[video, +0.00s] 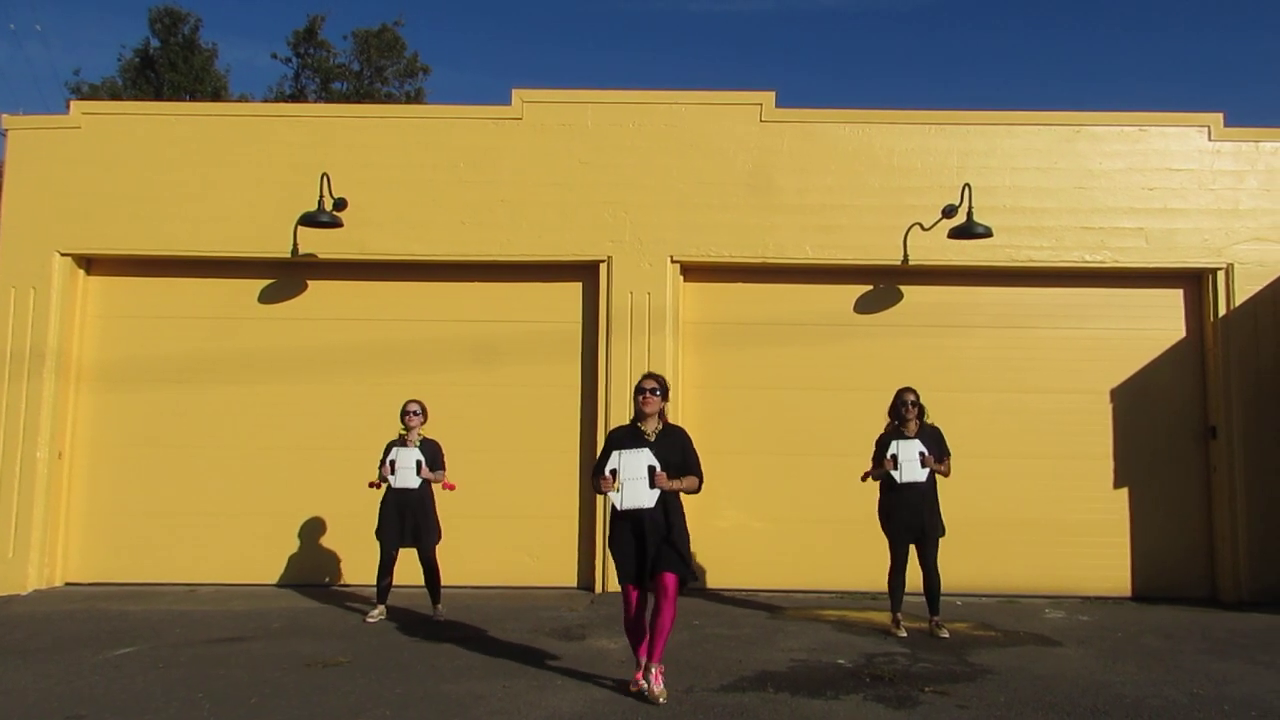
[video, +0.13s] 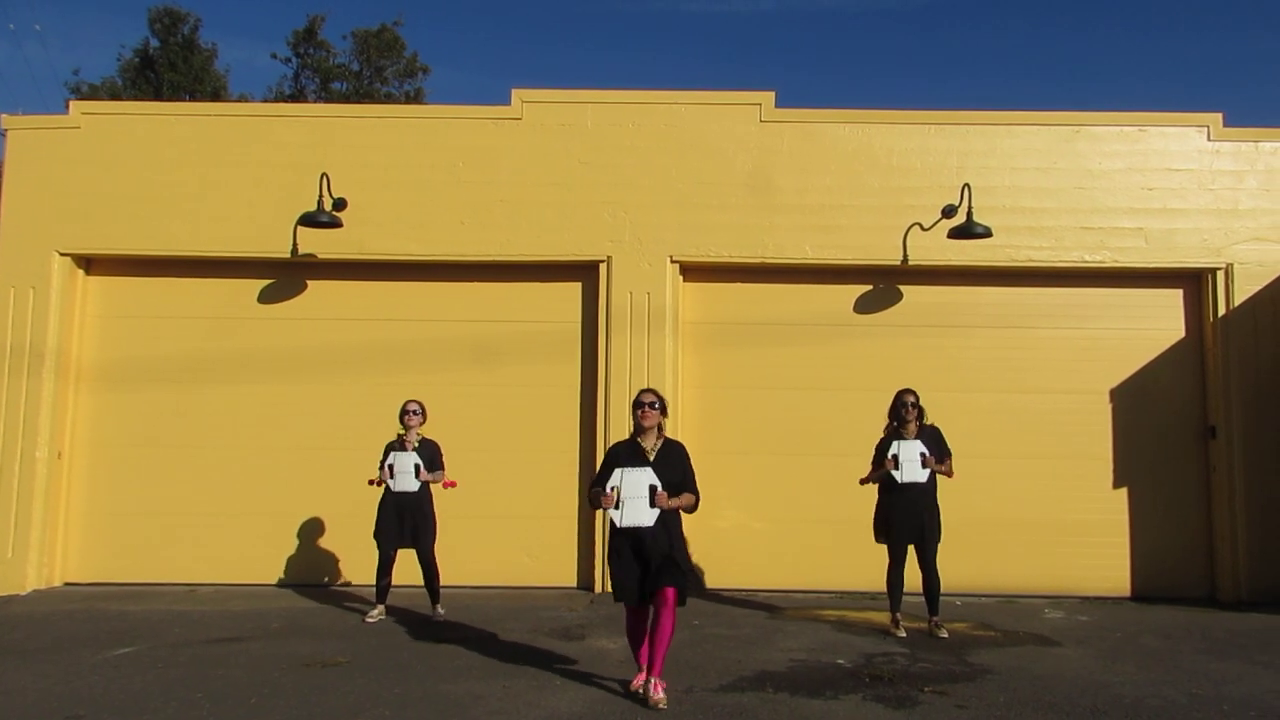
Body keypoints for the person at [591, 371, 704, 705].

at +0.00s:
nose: (647, 397)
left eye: (654, 392)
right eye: (642, 392)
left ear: (664, 399)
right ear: (634, 398)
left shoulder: (677, 436)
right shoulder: (618, 436)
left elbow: (695, 481)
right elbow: (598, 474)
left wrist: (672, 483)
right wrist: (602, 483)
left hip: (667, 528)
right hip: (628, 530)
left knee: (667, 591)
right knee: (633, 603)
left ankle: (655, 668)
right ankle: (641, 666)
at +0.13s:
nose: (646, 410)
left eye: (652, 406)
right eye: (641, 406)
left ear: (663, 413)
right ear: (633, 412)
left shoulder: (676, 451)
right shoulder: (618, 451)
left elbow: (692, 498)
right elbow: (594, 491)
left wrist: (672, 501)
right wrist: (601, 499)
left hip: (666, 543)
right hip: (628, 545)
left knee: (666, 601)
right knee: (635, 608)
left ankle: (656, 677)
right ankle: (642, 669)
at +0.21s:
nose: (645, 403)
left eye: (652, 399)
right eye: (640, 399)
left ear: (662, 406)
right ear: (633, 406)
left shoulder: (676, 444)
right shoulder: (617, 445)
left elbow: (693, 489)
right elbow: (594, 485)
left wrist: (676, 496)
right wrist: (604, 494)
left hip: (666, 539)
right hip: (629, 540)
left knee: (663, 603)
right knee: (635, 605)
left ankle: (654, 677)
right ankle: (642, 668)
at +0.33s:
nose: (644, 388)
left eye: (651, 384)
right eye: (639, 384)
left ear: (661, 394)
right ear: (632, 393)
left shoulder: (676, 430)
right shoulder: (618, 431)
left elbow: (691, 475)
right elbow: (597, 473)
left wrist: (680, 500)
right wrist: (610, 494)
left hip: (666, 525)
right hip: (630, 526)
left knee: (660, 596)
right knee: (637, 597)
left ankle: (659, 672)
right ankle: (644, 665)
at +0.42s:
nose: (643, 389)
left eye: (650, 385)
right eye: (638, 385)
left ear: (661, 395)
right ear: (632, 394)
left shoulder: (675, 433)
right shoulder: (618, 432)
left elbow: (689, 479)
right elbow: (598, 475)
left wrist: (679, 509)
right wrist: (612, 502)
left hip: (667, 526)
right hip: (630, 527)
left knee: (661, 599)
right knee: (637, 602)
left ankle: (660, 674)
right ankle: (645, 669)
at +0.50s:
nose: (644, 389)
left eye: (651, 386)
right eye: (639, 386)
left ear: (661, 397)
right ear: (632, 396)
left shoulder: (675, 433)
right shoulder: (618, 432)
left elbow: (690, 479)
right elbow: (598, 476)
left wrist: (684, 508)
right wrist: (618, 505)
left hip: (669, 525)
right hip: (632, 525)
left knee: (662, 597)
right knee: (638, 599)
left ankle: (659, 674)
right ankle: (644, 669)